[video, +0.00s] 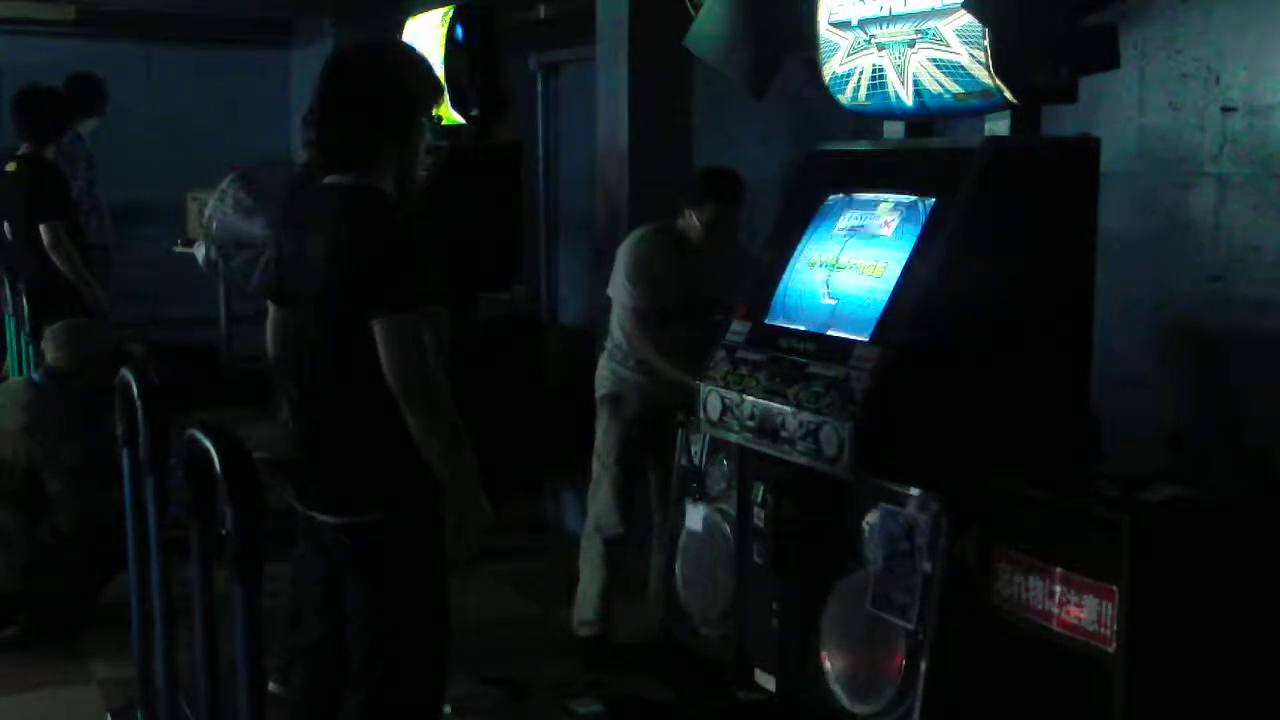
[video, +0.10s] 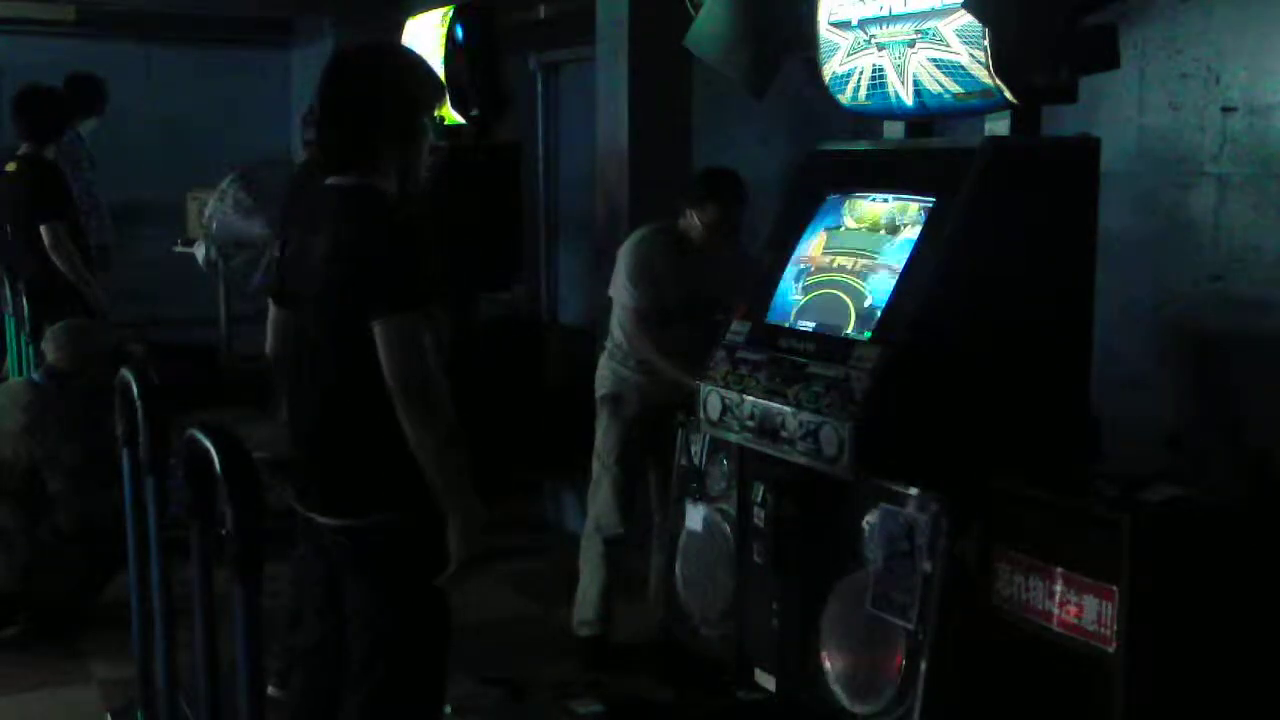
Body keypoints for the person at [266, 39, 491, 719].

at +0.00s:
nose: (428, 138)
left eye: (429, 119)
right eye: (422, 118)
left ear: (334, 114)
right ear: (395, 122)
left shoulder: (303, 205)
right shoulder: (389, 221)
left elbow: (278, 344)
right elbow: (408, 372)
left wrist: (314, 424)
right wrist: (461, 481)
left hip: (319, 469)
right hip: (386, 479)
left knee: (328, 644)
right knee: (402, 662)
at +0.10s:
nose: (431, 137)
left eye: (431, 119)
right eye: (423, 120)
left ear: (335, 116)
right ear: (394, 125)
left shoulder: (306, 203)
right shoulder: (391, 220)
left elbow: (276, 344)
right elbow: (408, 375)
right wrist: (456, 501)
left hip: (319, 474)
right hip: (385, 487)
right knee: (401, 666)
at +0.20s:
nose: (434, 138)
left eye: (433, 120)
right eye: (426, 121)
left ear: (337, 118)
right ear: (396, 126)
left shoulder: (306, 207)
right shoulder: (394, 223)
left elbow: (282, 350)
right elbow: (407, 381)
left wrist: (324, 428)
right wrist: (447, 508)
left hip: (320, 476)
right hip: (385, 488)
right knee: (398, 668)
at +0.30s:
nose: (436, 137)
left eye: (434, 119)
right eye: (427, 120)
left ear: (337, 120)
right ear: (398, 126)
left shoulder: (307, 209)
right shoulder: (397, 225)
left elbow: (285, 352)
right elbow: (406, 381)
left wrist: (322, 422)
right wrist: (446, 509)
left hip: (320, 473)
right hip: (387, 487)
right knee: (399, 669)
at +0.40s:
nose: (437, 136)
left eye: (435, 118)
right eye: (428, 119)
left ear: (338, 119)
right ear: (399, 126)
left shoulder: (306, 208)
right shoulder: (399, 224)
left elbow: (286, 347)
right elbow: (407, 381)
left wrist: (310, 439)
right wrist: (450, 506)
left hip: (323, 476)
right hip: (389, 489)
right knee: (403, 668)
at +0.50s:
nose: (436, 136)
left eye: (436, 118)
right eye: (429, 118)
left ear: (338, 115)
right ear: (399, 122)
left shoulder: (304, 203)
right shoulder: (397, 218)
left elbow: (288, 344)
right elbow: (407, 377)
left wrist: (304, 446)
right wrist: (458, 498)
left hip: (322, 473)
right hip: (391, 484)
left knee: (328, 659)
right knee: (406, 670)